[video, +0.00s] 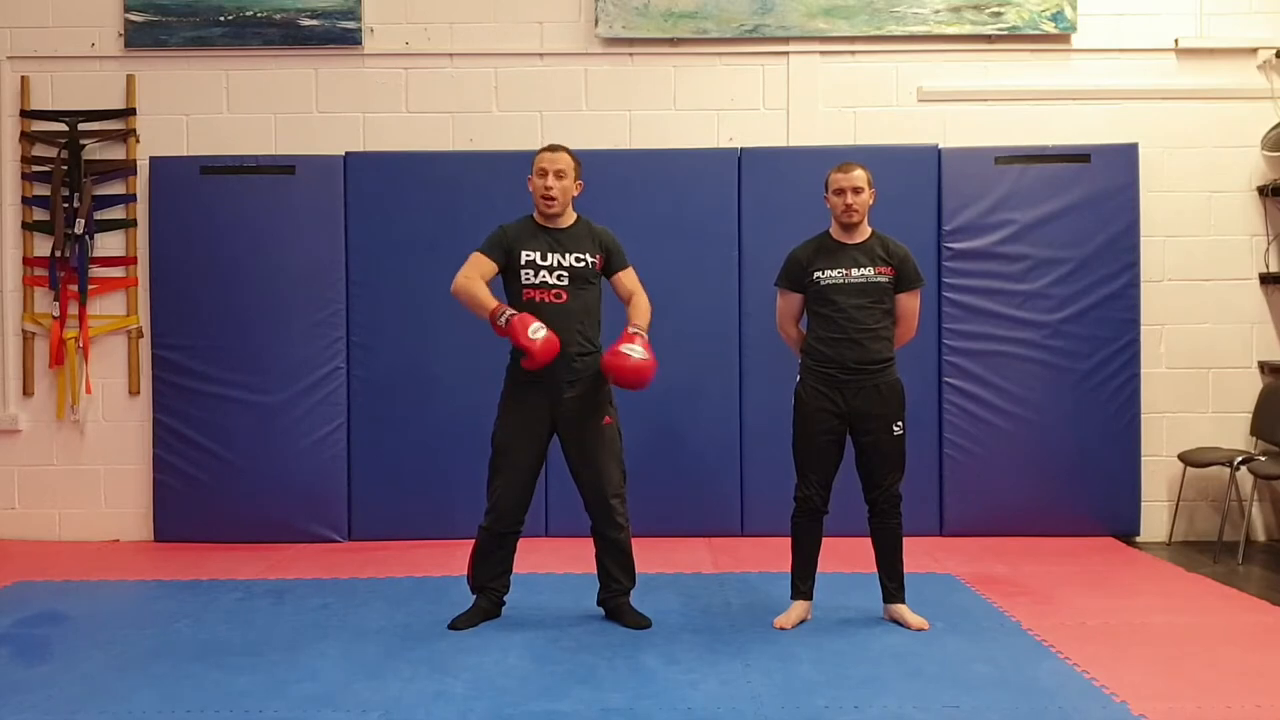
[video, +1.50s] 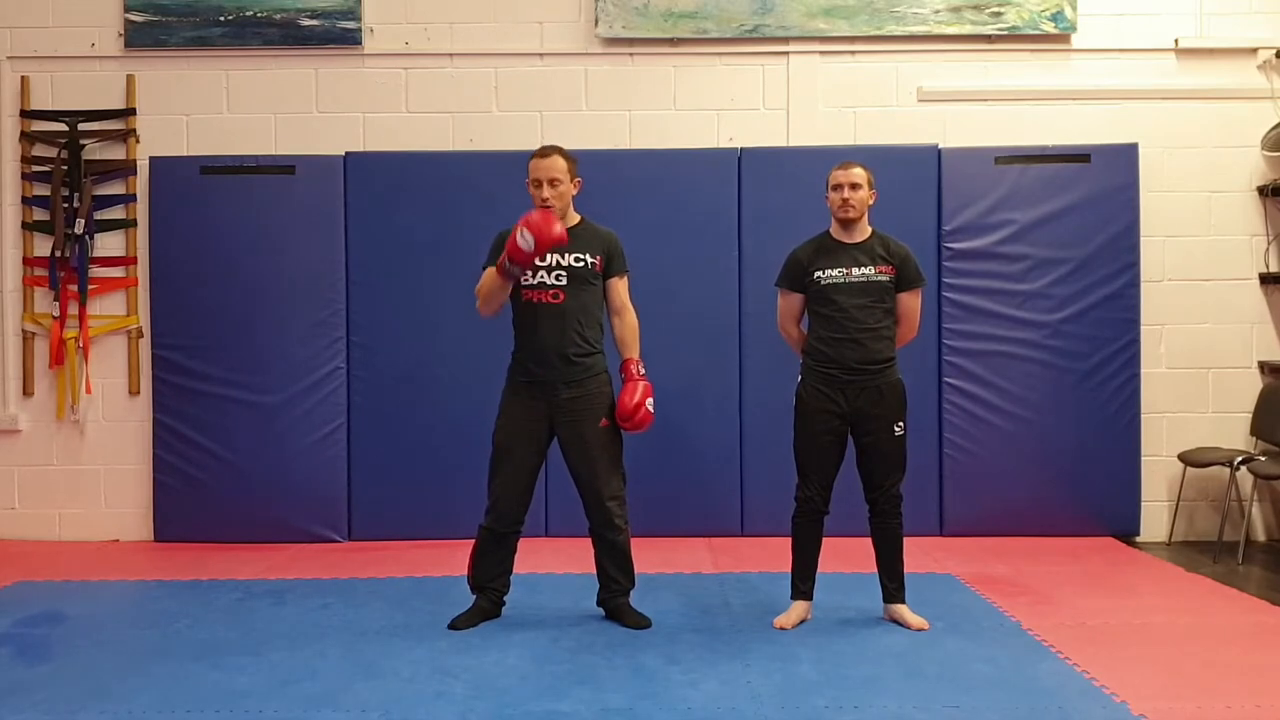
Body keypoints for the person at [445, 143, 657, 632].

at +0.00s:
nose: (548, 184)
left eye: (559, 176)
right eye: (541, 175)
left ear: (576, 185)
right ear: (530, 181)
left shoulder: (599, 241)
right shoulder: (510, 237)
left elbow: (636, 297)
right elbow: (464, 283)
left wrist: (636, 336)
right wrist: (508, 319)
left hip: (587, 387)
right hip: (527, 386)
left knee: (608, 498)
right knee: (505, 496)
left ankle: (616, 597)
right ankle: (488, 597)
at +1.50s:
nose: (543, 192)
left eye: (552, 183)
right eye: (535, 184)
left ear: (575, 185)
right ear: (527, 188)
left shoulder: (603, 242)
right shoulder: (514, 240)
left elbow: (622, 311)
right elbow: (486, 305)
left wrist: (633, 373)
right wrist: (515, 257)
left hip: (587, 389)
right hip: (527, 389)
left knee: (607, 500)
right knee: (505, 498)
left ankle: (616, 598)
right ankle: (488, 597)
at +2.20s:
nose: (554, 191)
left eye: (556, 182)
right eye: (543, 183)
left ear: (558, 185)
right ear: (513, 187)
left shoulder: (566, 238)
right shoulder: (479, 244)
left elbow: (580, 304)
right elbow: (445, 308)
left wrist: (601, 359)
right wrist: (498, 322)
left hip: (569, 387)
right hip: (509, 392)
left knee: (601, 492)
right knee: (495, 498)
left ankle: (617, 593)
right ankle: (488, 597)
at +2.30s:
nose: (559, 192)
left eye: (561, 183)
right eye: (549, 184)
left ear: (560, 185)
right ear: (518, 186)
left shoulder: (565, 237)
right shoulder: (485, 241)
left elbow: (578, 303)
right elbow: (449, 307)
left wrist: (601, 361)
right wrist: (509, 318)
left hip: (570, 387)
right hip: (512, 393)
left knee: (602, 490)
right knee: (496, 500)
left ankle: (618, 592)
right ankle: (487, 598)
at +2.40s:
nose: (570, 189)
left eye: (571, 180)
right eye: (559, 181)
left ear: (568, 185)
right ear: (528, 186)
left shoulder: (573, 240)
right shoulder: (495, 241)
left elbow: (583, 306)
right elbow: (462, 307)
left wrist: (605, 366)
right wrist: (527, 314)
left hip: (577, 388)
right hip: (518, 393)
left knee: (602, 492)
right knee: (501, 499)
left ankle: (613, 594)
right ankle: (488, 598)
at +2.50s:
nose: (588, 186)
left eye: (587, 178)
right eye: (577, 178)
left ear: (579, 185)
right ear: (546, 184)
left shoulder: (587, 242)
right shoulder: (512, 241)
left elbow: (592, 307)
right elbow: (482, 307)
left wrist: (616, 365)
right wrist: (542, 315)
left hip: (585, 390)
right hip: (529, 393)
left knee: (602, 493)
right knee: (507, 498)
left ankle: (614, 594)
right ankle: (489, 597)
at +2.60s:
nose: (612, 188)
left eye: (612, 180)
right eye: (602, 179)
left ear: (594, 186)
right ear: (569, 184)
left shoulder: (602, 246)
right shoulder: (530, 238)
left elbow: (606, 310)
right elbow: (501, 304)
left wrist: (637, 347)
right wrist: (562, 319)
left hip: (594, 390)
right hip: (540, 392)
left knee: (608, 497)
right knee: (514, 498)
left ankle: (614, 595)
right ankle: (489, 596)